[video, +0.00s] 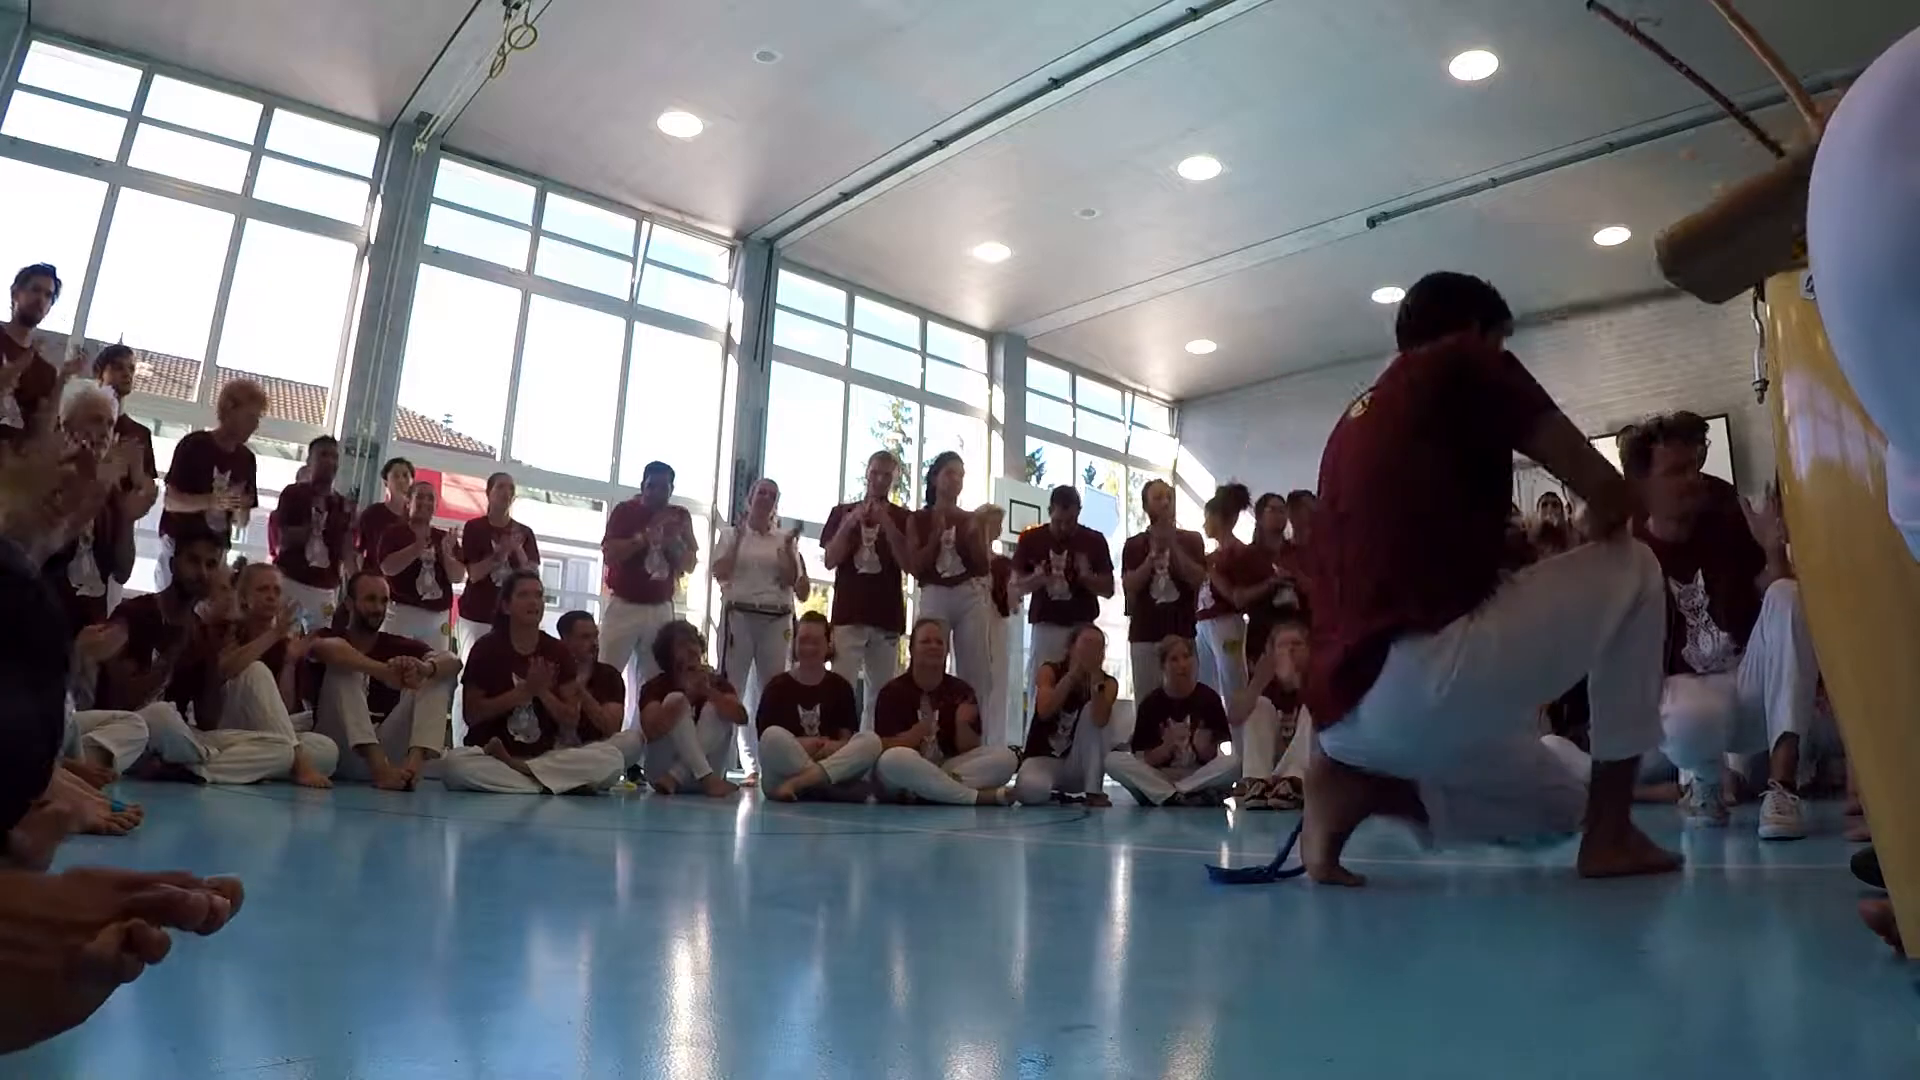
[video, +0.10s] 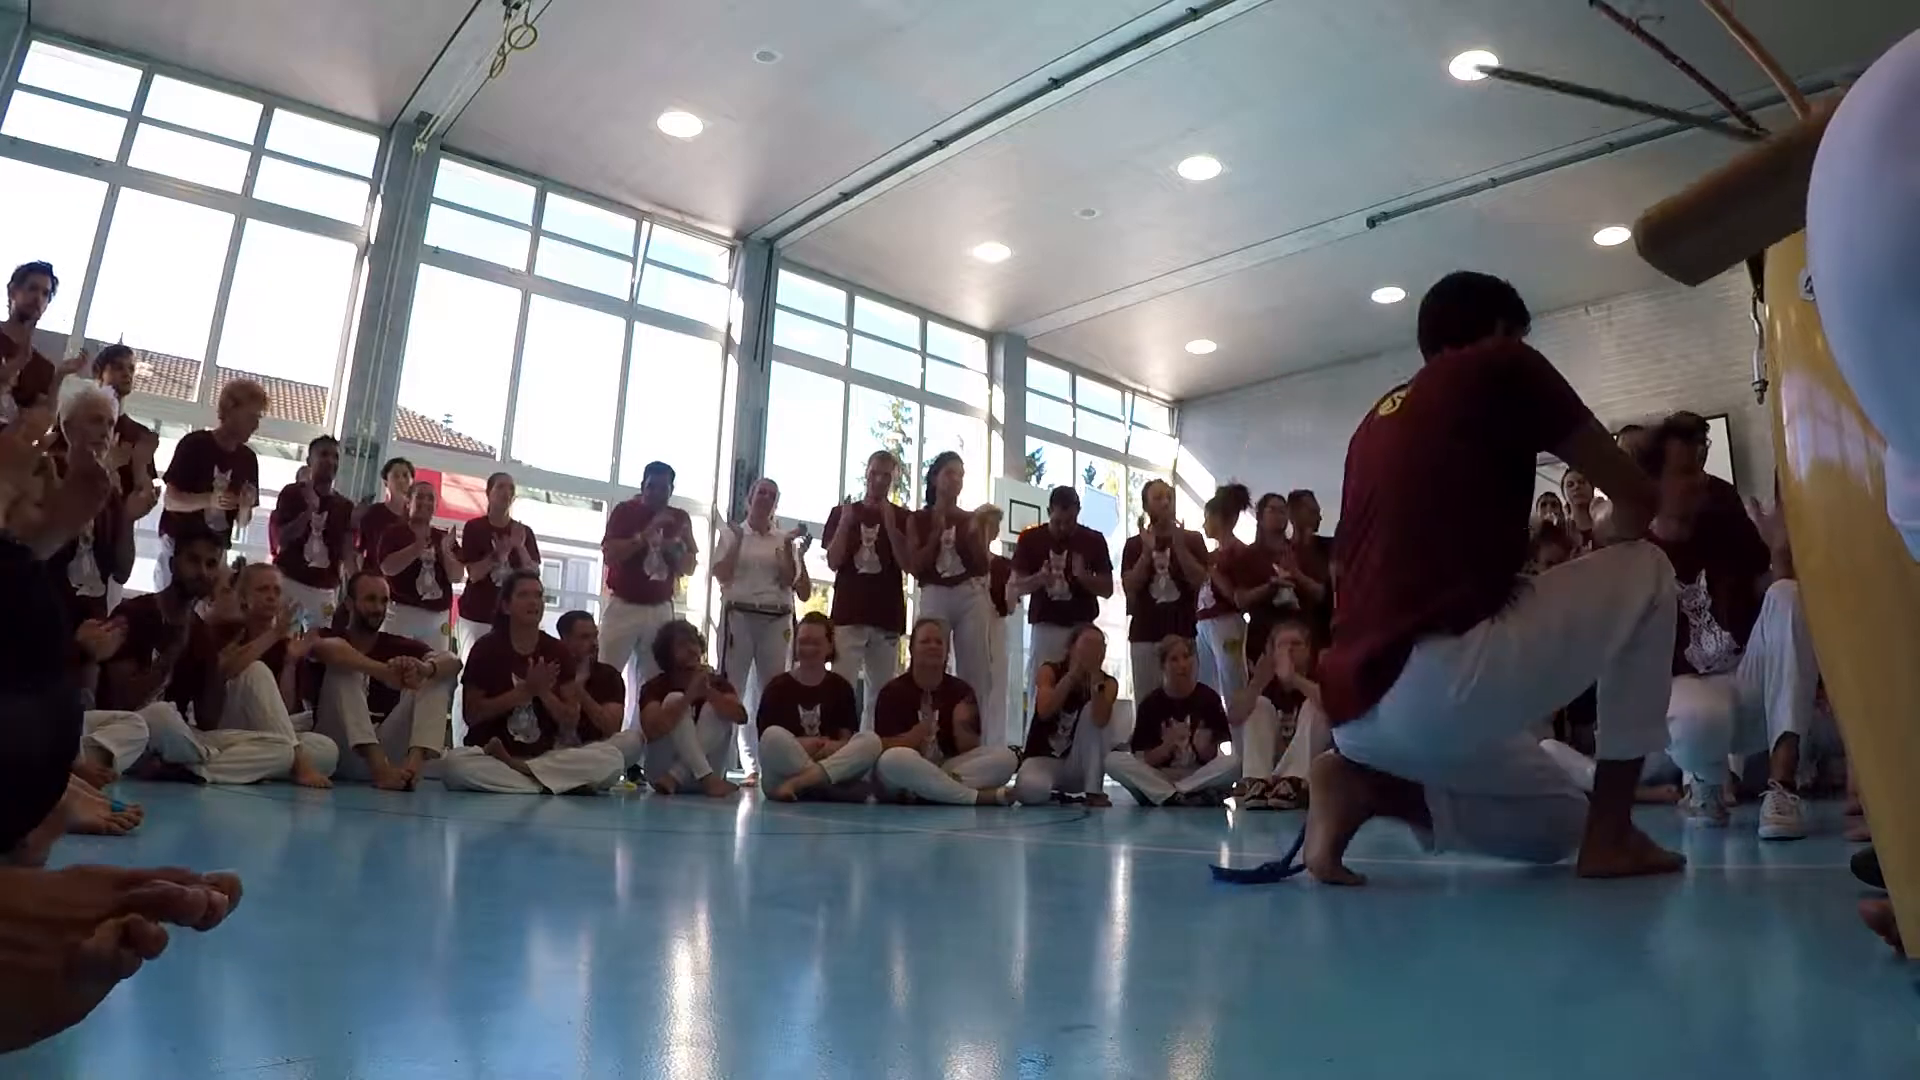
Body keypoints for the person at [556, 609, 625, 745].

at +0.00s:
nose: (594, 643)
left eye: (596, 636)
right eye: (586, 637)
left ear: (599, 636)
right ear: (565, 641)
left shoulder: (609, 675)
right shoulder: (550, 675)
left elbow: (611, 728)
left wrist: (581, 690)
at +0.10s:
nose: (594, 643)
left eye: (595, 636)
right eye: (585, 637)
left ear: (598, 635)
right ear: (565, 641)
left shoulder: (609, 675)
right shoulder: (548, 674)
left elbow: (611, 727)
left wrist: (580, 690)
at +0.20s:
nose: (594, 643)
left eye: (595, 636)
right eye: (585, 637)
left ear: (598, 635)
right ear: (564, 641)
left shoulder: (609, 676)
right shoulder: (546, 672)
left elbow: (610, 727)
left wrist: (571, 696)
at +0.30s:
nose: (593, 643)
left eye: (595, 636)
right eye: (584, 637)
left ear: (598, 636)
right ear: (564, 641)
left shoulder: (609, 675)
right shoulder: (549, 675)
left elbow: (610, 726)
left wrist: (581, 690)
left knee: (632, 741)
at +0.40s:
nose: (593, 643)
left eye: (595, 636)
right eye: (584, 638)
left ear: (598, 636)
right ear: (564, 641)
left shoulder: (609, 675)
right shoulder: (550, 675)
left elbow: (611, 727)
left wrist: (583, 690)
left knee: (633, 738)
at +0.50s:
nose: (593, 643)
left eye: (595, 635)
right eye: (585, 637)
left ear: (598, 635)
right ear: (564, 640)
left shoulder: (609, 675)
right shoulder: (548, 673)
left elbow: (610, 727)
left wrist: (572, 699)